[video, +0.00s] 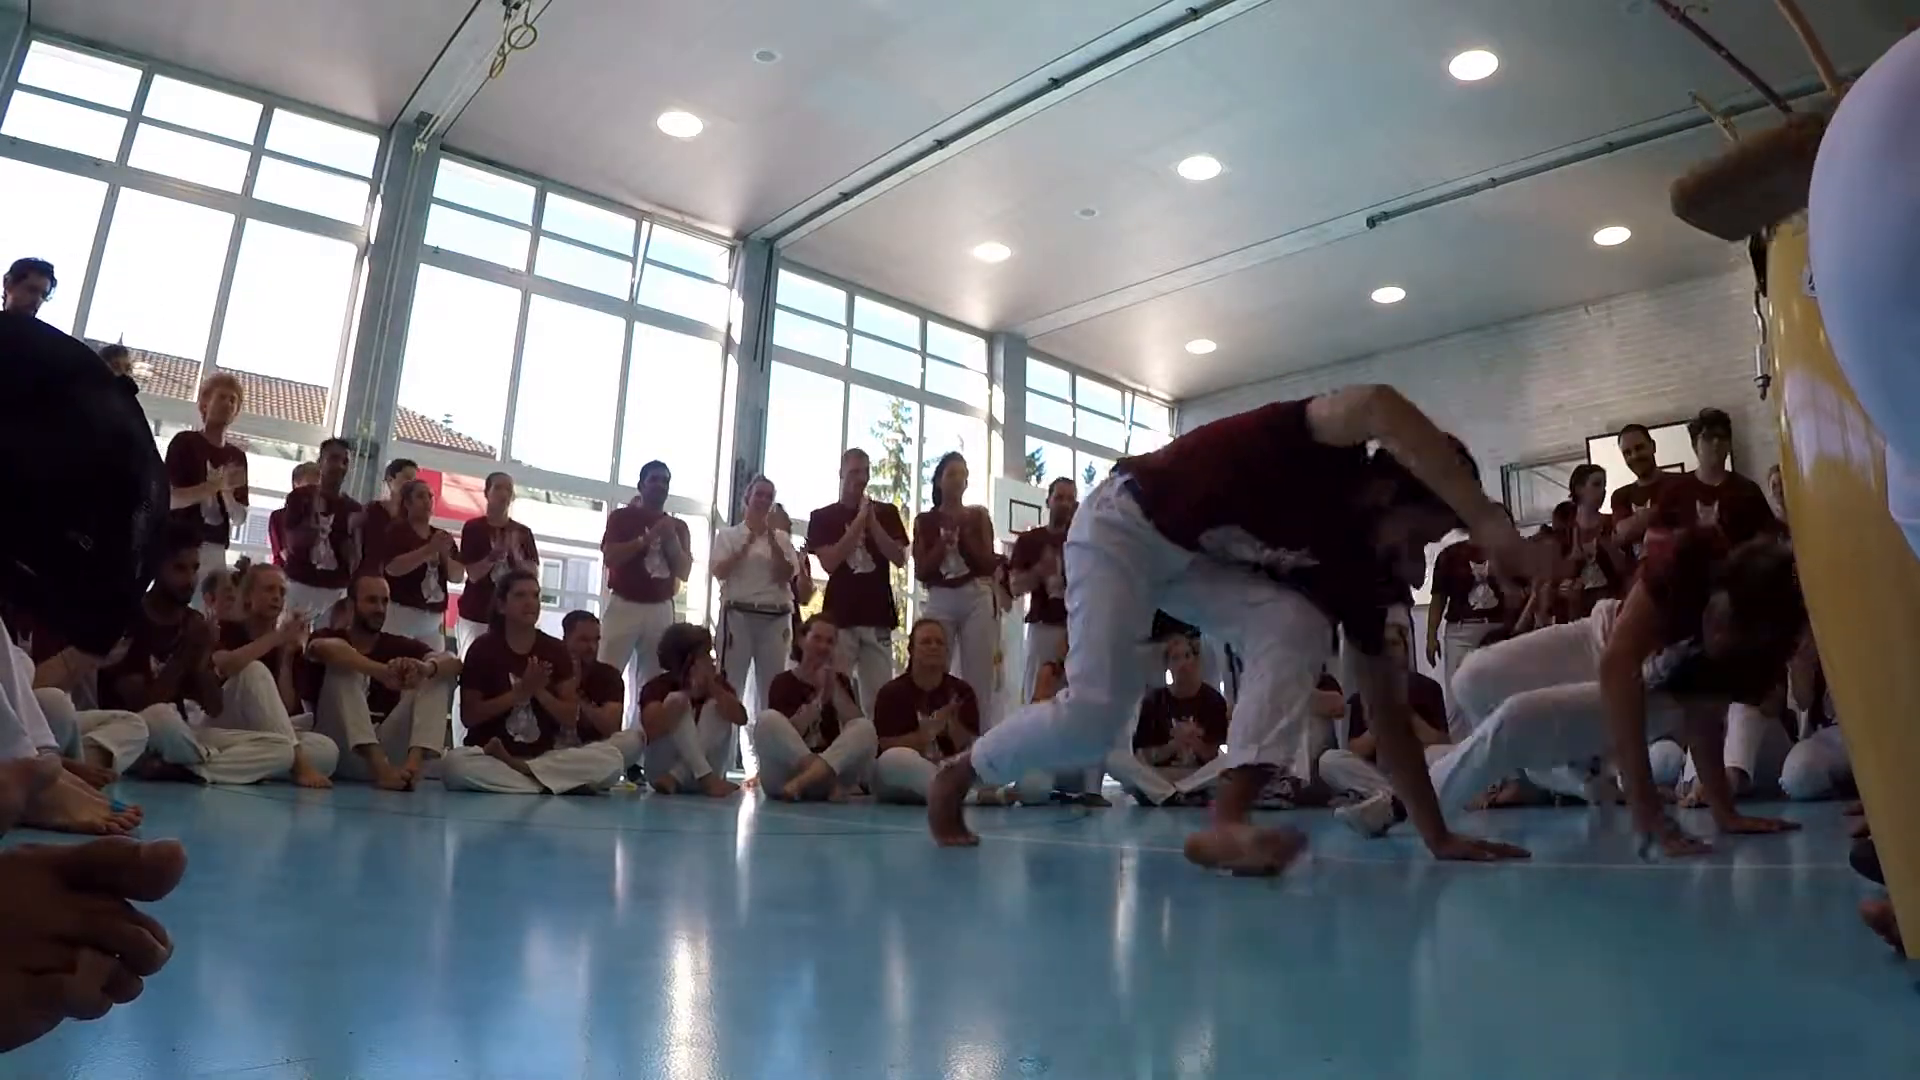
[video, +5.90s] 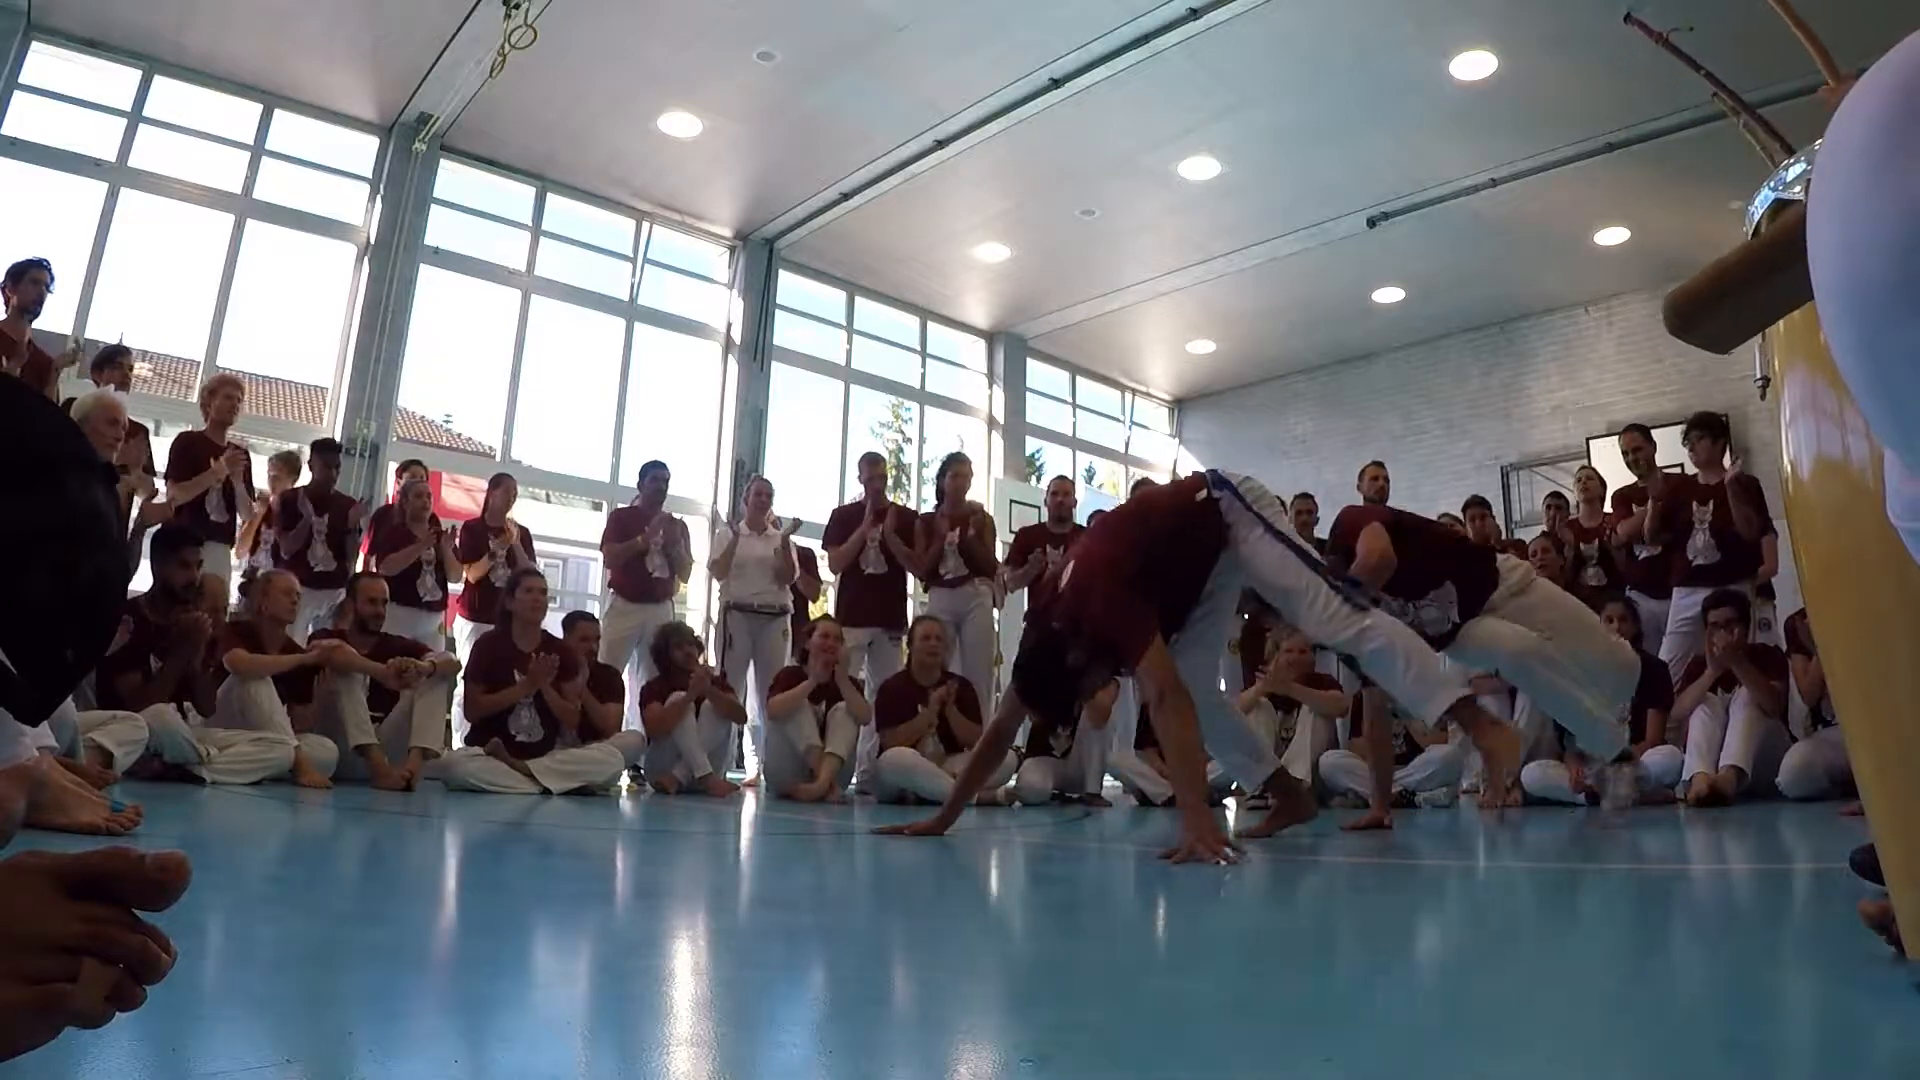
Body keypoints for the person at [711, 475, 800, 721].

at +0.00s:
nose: (763, 500)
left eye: (768, 496)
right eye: (759, 494)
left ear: (773, 502)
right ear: (747, 496)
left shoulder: (781, 538)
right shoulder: (727, 535)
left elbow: (788, 575)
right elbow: (719, 572)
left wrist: (774, 544)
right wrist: (744, 548)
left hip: (776, 618)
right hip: (737, 616)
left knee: (772, 691)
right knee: (730, 689)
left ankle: (768, 751)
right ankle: (724, 751)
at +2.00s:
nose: (759, 501)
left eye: (764, 497)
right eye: (755, 495)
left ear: (771, 503)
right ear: (744, 499)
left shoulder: (781, 538)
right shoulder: (728, 535)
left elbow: (786, 577)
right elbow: (716, 575)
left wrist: (771, 541)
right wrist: (746, 544)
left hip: (774, 617)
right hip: (736, 615)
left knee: (772, 692)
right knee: (730, 690)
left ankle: (768, 763)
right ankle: (723, 763)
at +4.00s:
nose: (761, 499)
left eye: (766, 495)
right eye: (757, 494)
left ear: (773, 501)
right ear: (745, 498)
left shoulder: (783, 538)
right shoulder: (729, 533)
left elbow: (785, 578)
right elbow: (720, 574)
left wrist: (778, 540)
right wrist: (743, 543)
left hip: (774, 617)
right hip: (736, 615)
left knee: (773, 692)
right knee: (730, 689)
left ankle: (771, 762)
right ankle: (727, 762)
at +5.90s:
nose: (761, 499)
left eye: (766, 495)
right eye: (756, 494)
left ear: (772, 501)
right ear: (745, 498)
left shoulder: (781, 537)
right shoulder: (729, 532)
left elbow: (789, 578)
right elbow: (717, 573)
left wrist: (784, 542)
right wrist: (735, 538)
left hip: (775, 617)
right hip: (736, 615)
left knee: (772, 694)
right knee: (729, 691)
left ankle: (769, 764)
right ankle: (724, 764)